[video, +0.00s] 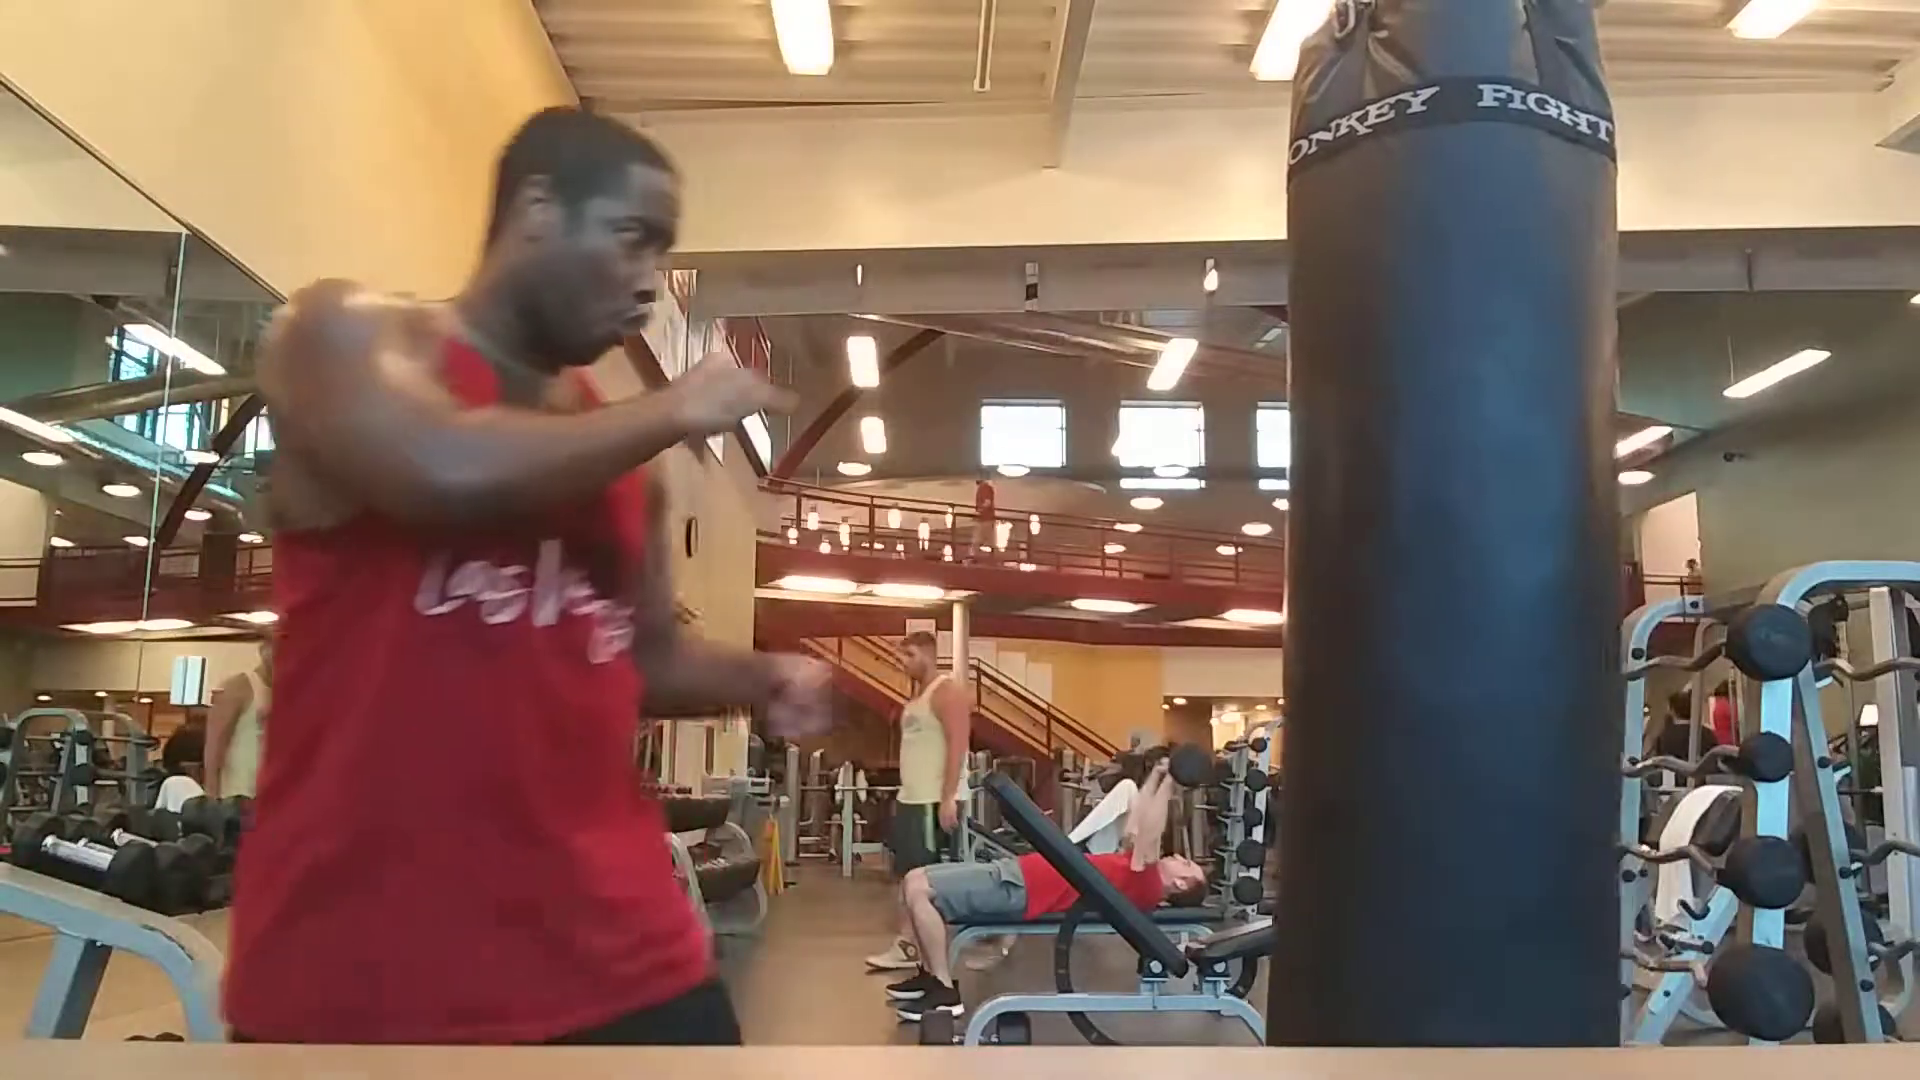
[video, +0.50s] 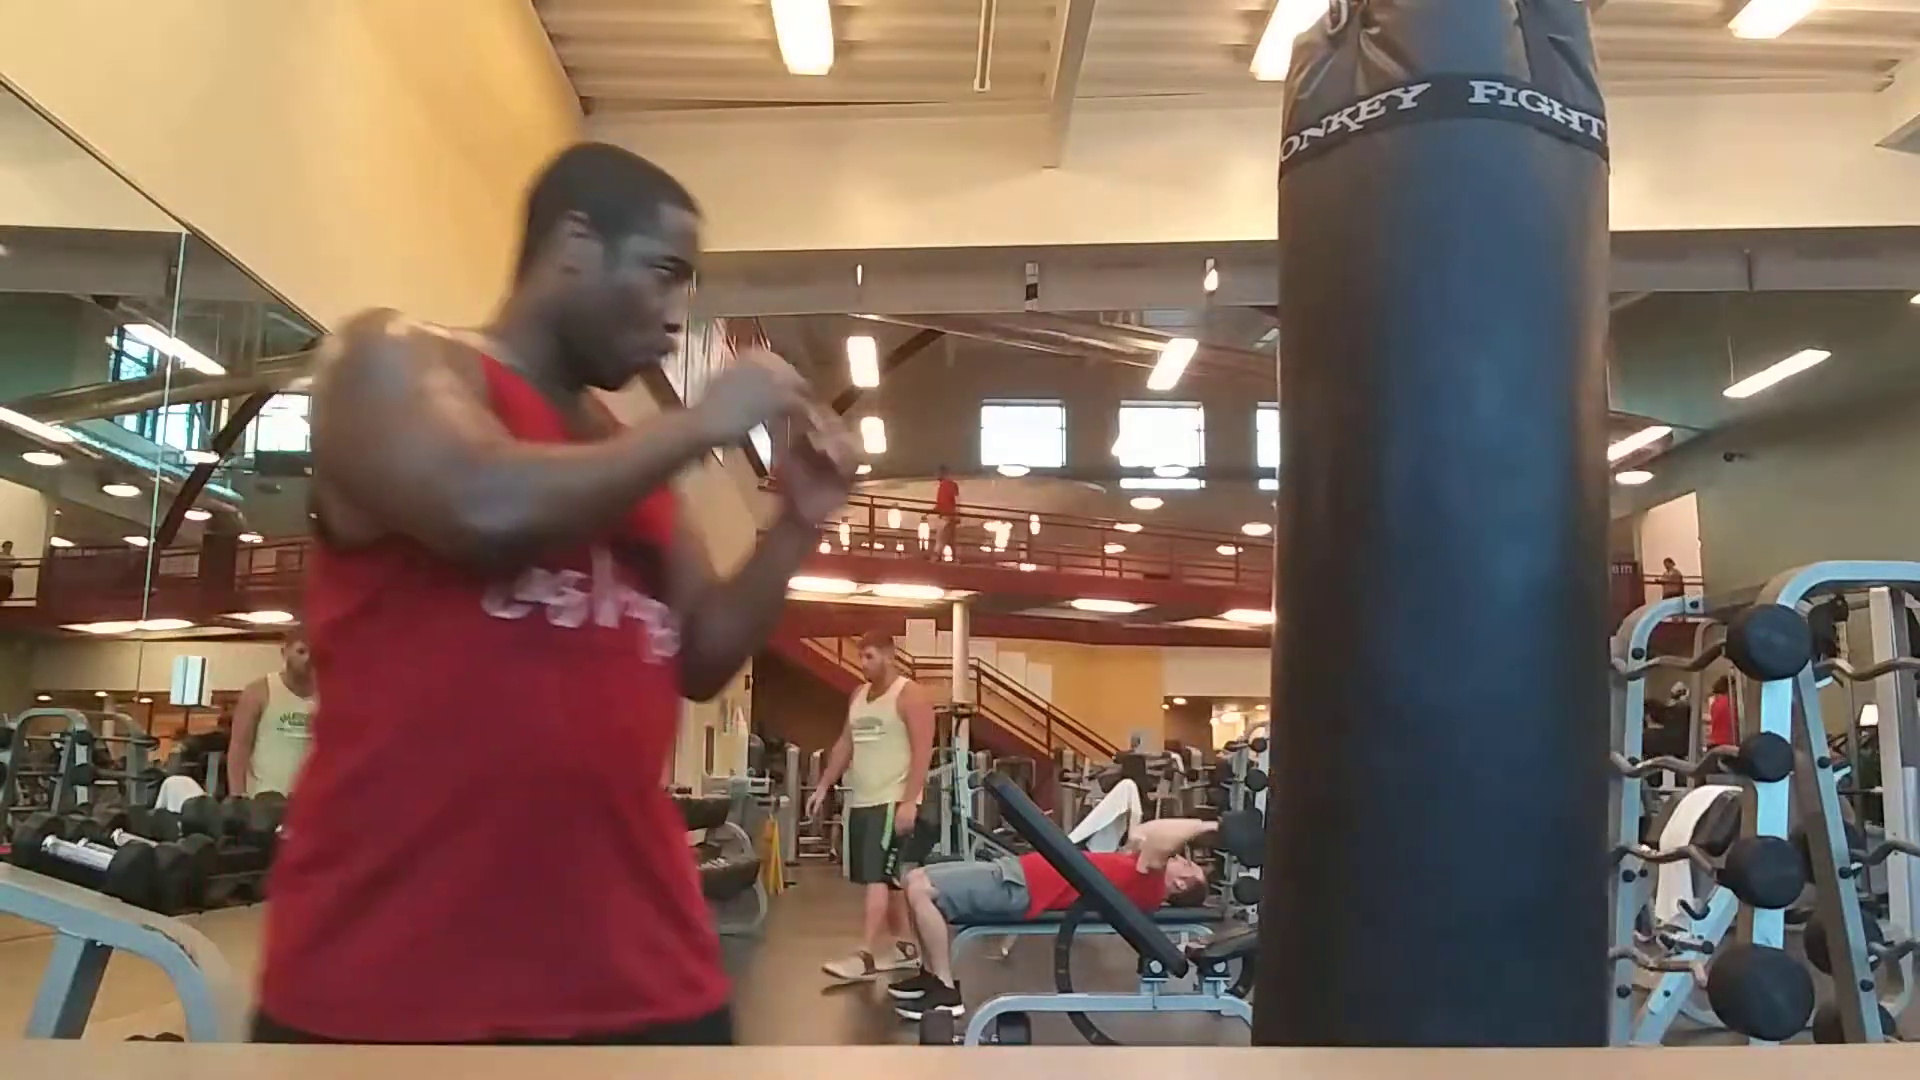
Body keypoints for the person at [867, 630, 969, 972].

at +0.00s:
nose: (903, 661)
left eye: (907, 655)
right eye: (902, 656)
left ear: (925, 655)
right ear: (914, 658)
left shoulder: (948, 690)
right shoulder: (920, 694)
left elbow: (959, 743)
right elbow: (922, 747)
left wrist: (949, 796)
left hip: (932, 802)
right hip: (910, 800)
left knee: (929, 879)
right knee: (908, 877)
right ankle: (907, 942)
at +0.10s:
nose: (894, 660)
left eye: (899, 655)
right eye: (893, 655)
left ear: (917, 655)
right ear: (901, 658)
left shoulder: (937, 690)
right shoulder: (906, 696)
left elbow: (948, 743)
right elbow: (901, 754)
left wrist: (935, 795)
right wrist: (882, 792)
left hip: (923, 798)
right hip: (899, 798)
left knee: (912, 876)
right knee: (901, 876)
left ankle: (913, 946)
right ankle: (908, 943)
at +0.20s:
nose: (884, 661)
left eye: (889, 654)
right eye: (882, 655)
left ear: (909, 654)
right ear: (887, 658)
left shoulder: (930, 689)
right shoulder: (891, 696)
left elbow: (941, 744)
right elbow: (882, 745)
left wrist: (921, 793)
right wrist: (868, 788)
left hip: (921, 798)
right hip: (892, 798)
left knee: (910, 876)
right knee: (898, 876)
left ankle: (912, 947)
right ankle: (908, 945)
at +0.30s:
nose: (877, 661)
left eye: (883, 655)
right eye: (877, 656)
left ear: (902, 657)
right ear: (882, 660)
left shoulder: (922, 689)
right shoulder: (879, 697)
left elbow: (936, 744)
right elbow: (872, 740)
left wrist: (911, 791)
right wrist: (854, 766)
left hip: (916, 798)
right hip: (884, 799)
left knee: (900, 876)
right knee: (893, 877)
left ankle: (904, 948)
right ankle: (910, 945)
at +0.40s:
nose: (871, 661)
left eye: (876, 654)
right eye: (868, 655)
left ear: (896, 653)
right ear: (869, 658)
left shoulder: (917, 693)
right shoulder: (871, 694)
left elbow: (929, 748)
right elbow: (855, 744)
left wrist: (906, 794)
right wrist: (831, 786)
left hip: (907, 803)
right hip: (876, 803)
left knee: (886, 880)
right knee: (897, 882)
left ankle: (875, 954)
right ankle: (910, 949)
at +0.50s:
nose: (863, 661)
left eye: (869, 655)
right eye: (860, 656)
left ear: (889, 655)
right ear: (860, 658)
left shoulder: (911, 694)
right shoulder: (860, 694)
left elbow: (922, 751)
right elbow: (845, 744)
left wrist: (910, 802)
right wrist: (823, 786)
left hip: (893, 800)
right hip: (862, 800)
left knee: (876, 876)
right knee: (886, 878)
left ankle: (868, 955)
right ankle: (905, 946)